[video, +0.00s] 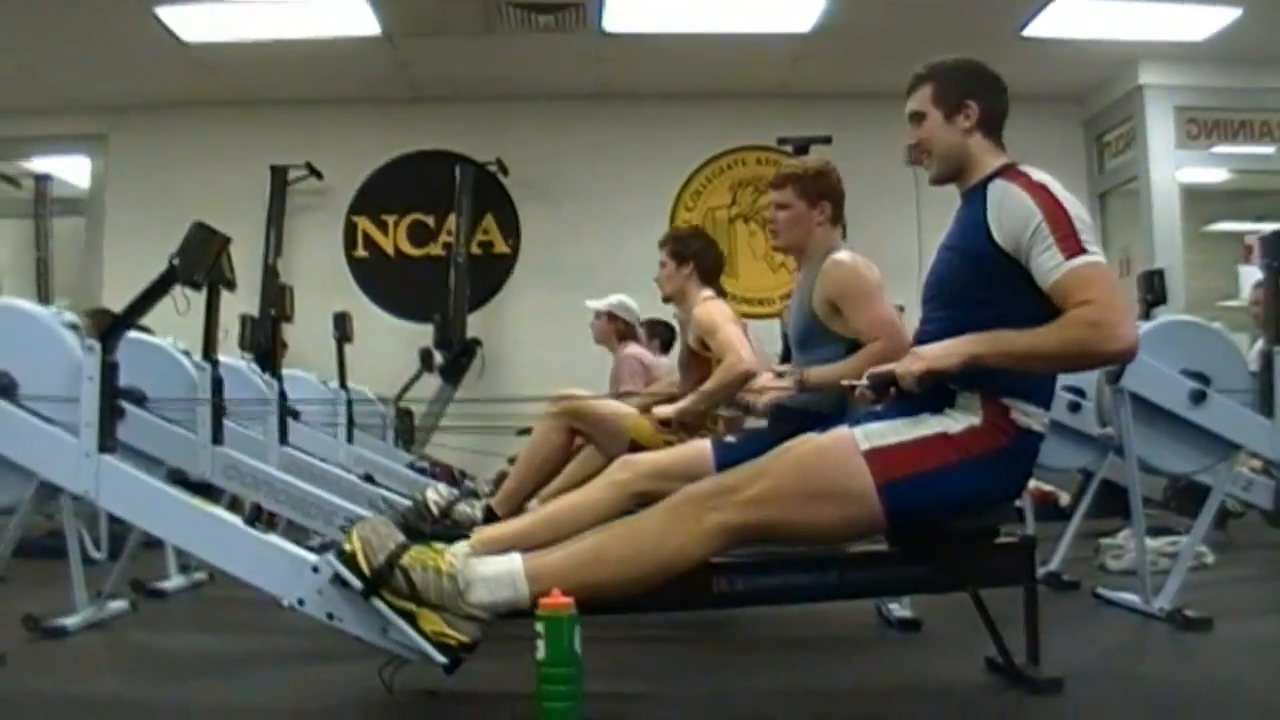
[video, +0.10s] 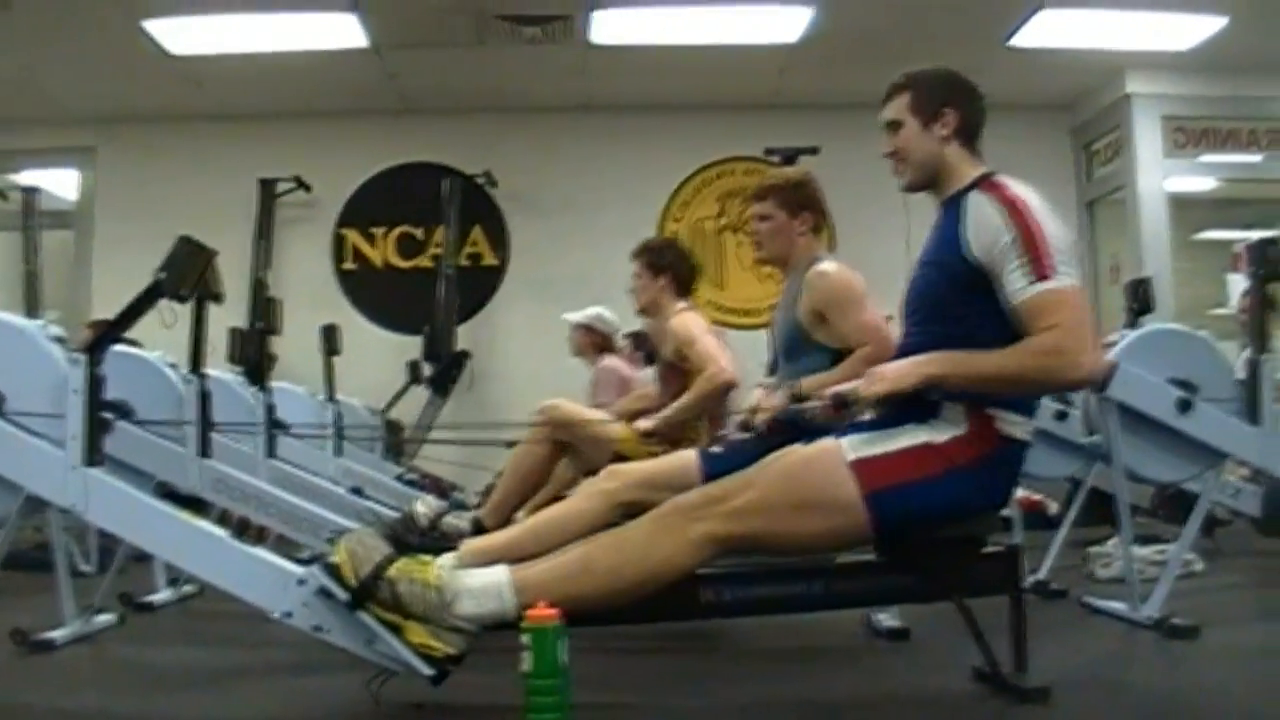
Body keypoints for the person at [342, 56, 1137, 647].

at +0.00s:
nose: (909, 141)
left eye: (918, 123)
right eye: (909, 128)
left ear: (966, 117)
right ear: (966, 124)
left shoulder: (1023, 194)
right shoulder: (981, 207)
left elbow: (1110, 330)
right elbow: (934, 340)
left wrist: (962, 348)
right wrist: (814, 379)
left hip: (976, 432)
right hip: (941, 423)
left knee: (735, 505)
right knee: (714, 496)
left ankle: (483, 589)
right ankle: (474, 572)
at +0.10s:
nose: (887, 150)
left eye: (896, 132)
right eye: (884, 136)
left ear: (946, 126)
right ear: (938, 135)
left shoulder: (1002, 206)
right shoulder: (957, 216)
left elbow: (1077, 352)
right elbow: (930, 348)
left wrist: (922, 368)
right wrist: (843, 382)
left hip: (961, 446)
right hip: (925, 433)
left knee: (714, 516)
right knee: (693, 503)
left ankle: (482, 601)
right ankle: (467, 580)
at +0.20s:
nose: (828, 138)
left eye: (840, 121)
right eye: (827, 126)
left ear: (890, 119)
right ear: (882, 128)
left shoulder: (943, 203)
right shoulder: (900, 217)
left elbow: (968, 370)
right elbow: (858, 372)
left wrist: (809, 380)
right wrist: (754, 396)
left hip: (910, 441)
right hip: (863, 432)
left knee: (661, 515)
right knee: (603, 490)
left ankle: (432, 597)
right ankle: (424, 575)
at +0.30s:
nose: (804, 140)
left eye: (815, 122)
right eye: (802, 128)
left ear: (868, 120)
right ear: (857, 131)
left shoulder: (918, 204)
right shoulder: (869, 222)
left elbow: (901, 377)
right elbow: (843, 376)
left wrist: (738, 397)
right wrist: (723, 404)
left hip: (910, 444)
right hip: (867, 435)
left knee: (660, 511)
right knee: (637, 502)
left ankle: (427, 604)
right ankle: (425, 597)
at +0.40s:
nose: (773, 144)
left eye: (784, 124)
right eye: (773, 129)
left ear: (836, 123)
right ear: (830, 129)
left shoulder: (885, 204)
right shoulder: (848, 222)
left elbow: (833, 371)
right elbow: (809, 365)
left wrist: (675, 406)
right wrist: (680, 401)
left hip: (907, 444)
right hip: (865, 435)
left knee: (650, 494)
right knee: (631, 475)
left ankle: (431, 607)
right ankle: (425, 594)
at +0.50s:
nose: (734, 146)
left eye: (744, 126)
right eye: (733, 131)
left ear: (796, 126)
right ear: (786, 133)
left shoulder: (848, 205)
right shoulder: (807, 223)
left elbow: (762, 364)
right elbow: (741, 359)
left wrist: (606, 423)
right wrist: (609, 410)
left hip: (896, 445)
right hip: (848, 437)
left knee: (634, 469)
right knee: (612, 461)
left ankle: (429, 612)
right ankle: (422, 586)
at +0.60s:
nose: (686, 152)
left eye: (698, 133)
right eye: (687, 137)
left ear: (748, 135)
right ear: (744, 136)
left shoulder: (798, 210)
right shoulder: (757, 232)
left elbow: (692, 367)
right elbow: (677, 361)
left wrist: (553, 431)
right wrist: (553, 426)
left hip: (871, 446)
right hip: (821, 439)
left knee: (617, 448)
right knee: (589, 447)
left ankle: (427, 607)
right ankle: (422, 594)